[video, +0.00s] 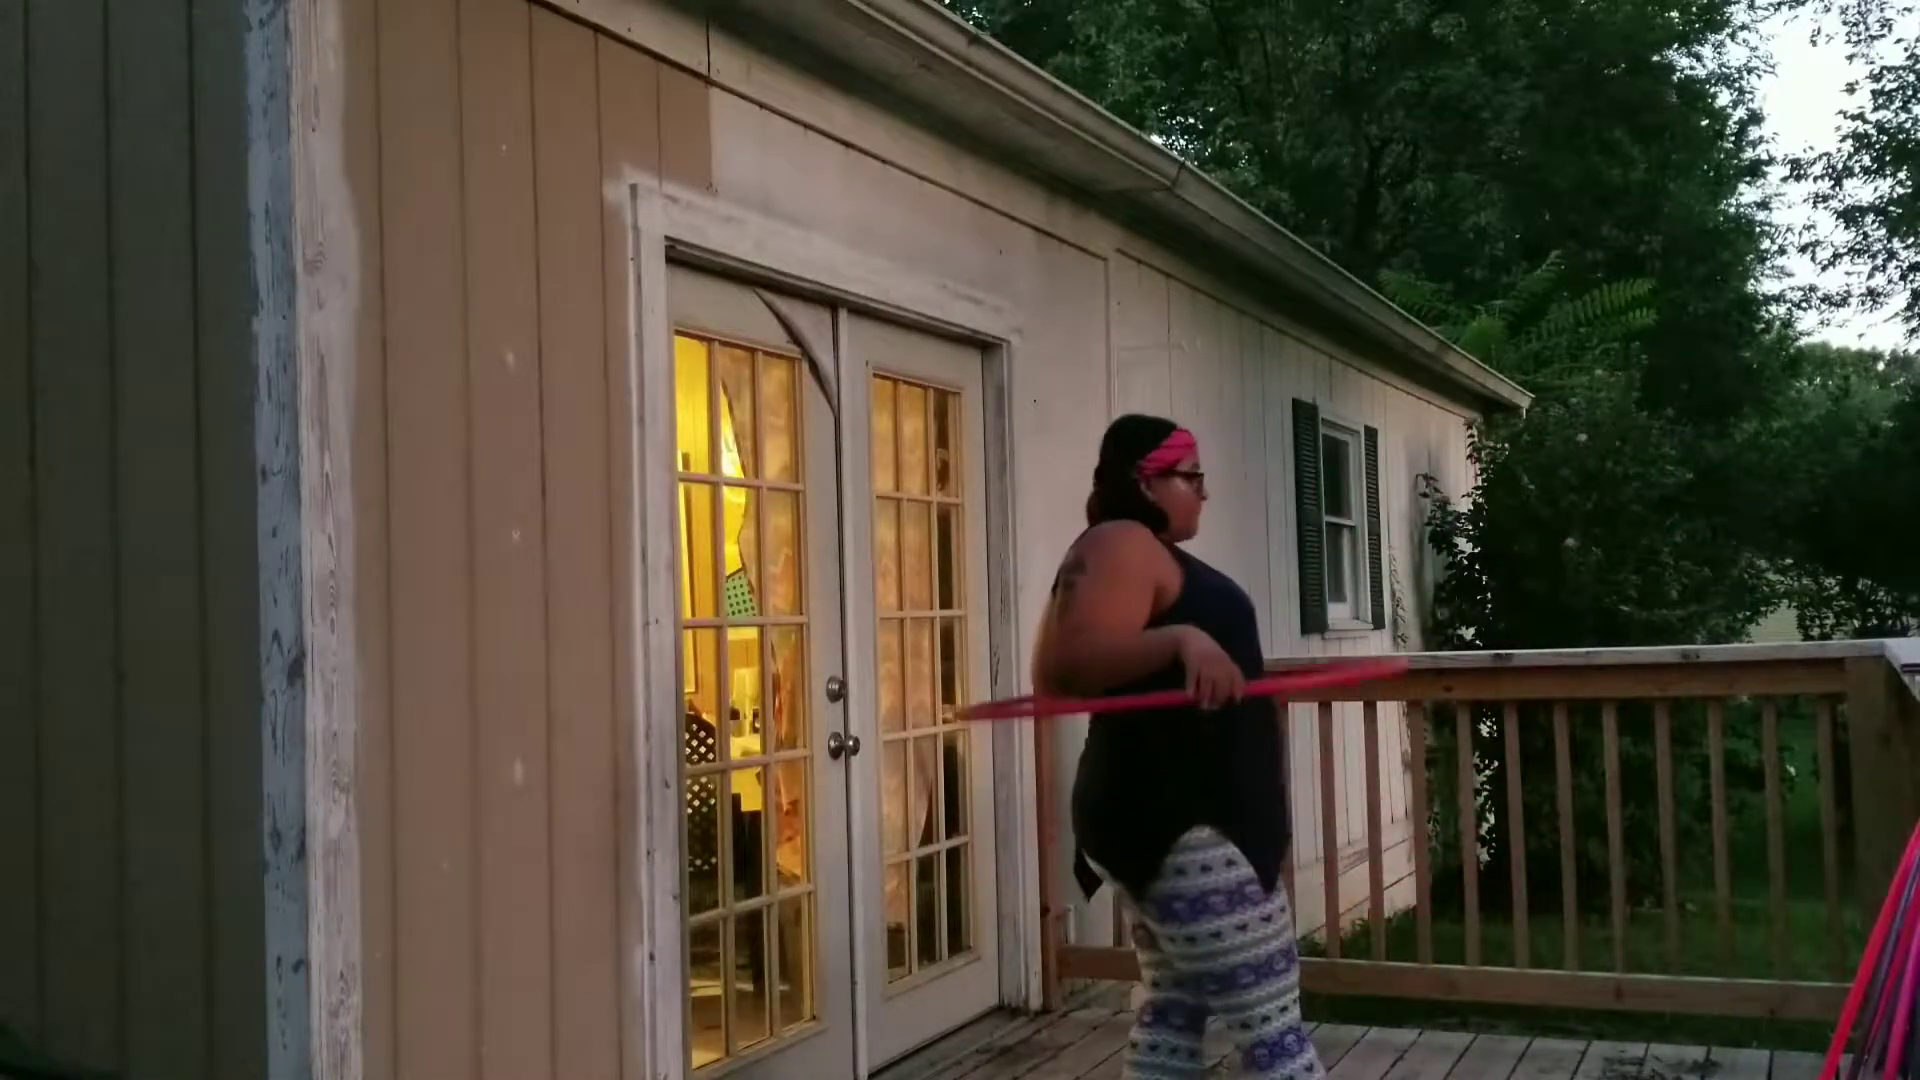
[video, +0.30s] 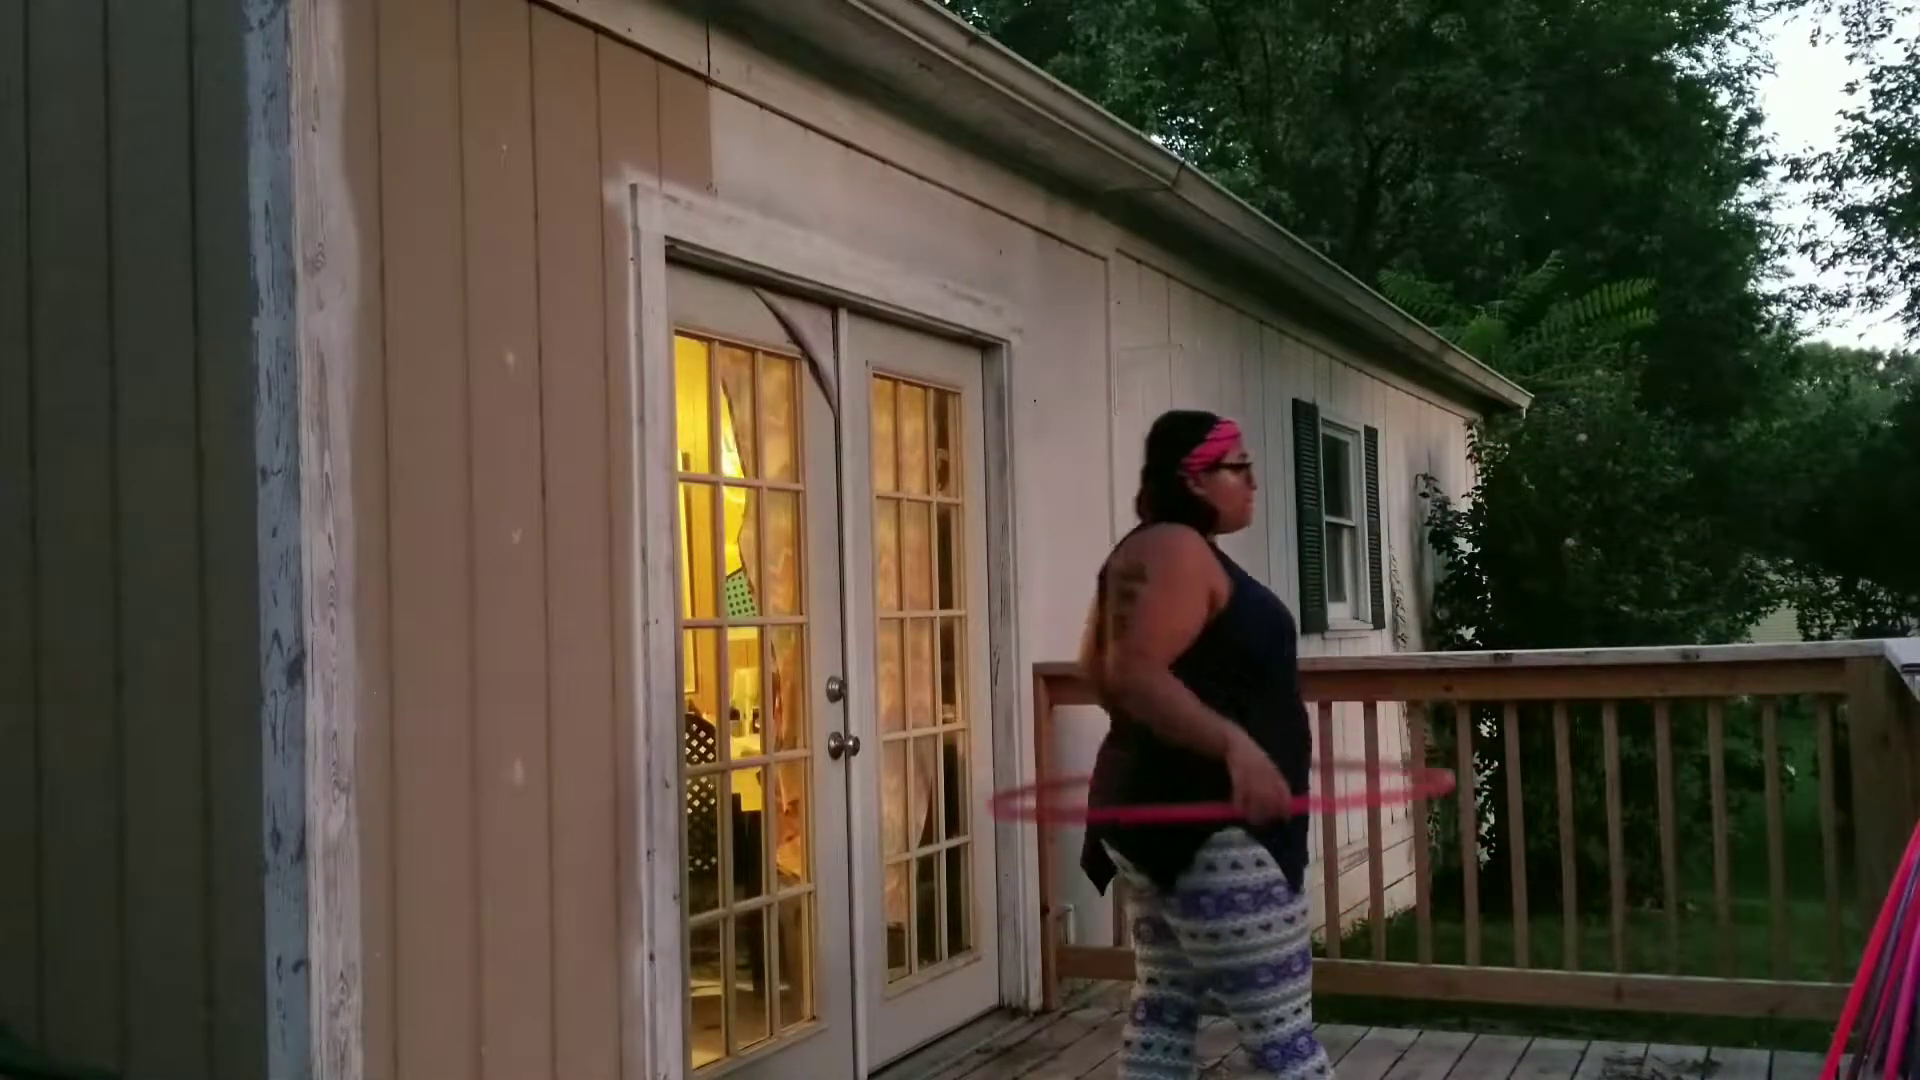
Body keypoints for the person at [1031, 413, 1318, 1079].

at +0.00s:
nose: (1203, 488)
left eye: (1200, 474)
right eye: (1191, 474)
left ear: (1145, 485)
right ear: (1147, 484)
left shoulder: (1115, 548)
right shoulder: (1124, 543)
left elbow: (1056, 671)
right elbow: (1067, 661)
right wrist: (1180, 640)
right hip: (1169, 809)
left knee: (1174, 995)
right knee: (1262, 983)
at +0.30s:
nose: (1252, 480)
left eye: (1249, 466)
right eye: (1238, 468)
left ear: (1188, 482)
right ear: (1197, 480)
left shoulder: (1134, 552)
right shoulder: (1175, 549)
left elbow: (1098, 668)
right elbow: (1132, 671)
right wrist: (1235, 744)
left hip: (1157, 824)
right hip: (1208, 826)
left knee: (1165, 1015)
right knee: (1282, 1022)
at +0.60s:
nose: (1328, 497)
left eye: (1326, 481)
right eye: (1318, 480)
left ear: (1266, 484)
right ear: (1277, 485)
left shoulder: (1198, 560)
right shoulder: (1257, 565)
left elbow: (1183, 710)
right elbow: (1256, 710)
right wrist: (1282, 850)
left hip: (1178, 822)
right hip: (1243, 834)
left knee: (1168, 1014)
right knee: (1305, 1033)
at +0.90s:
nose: (1355, 517)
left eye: (1359, 502)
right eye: (1350, 498)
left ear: (1283, 487)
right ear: (1308, 487)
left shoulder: (1206, 556)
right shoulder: (1278, 558)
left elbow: (1169, 697)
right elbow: (1262, 693)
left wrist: (1167, 825)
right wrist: (1310, 840)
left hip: (1196, 826)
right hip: (1275, 836)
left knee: (1198, 1023)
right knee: (1327, 1039)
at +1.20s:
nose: (1296, 526)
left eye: (1300, 512)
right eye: (1291, 509)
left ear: (1233, 492)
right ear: (1251, 494)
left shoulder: (1150, 560)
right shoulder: (1220, 555)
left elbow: (1102, 683)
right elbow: (1172, 667)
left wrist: (1184, 743)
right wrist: (1271, 767)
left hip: (1179, 824)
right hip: (1250, 828)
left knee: (1191, 1020)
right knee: (1318, 1032)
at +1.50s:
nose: (1241, 475)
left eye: (1237, 462)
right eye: (1229, 463)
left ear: (1165, 479)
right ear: (1188, 477)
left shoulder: (1119, 560)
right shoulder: (1181, 540)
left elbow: (1084, 671)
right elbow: (1136, 646)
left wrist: (1183, 667)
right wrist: (1232, 608)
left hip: (1169, 814)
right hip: (1242, 812)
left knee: (1184, 1001)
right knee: (1316, 1012)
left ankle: (1165, 1073)